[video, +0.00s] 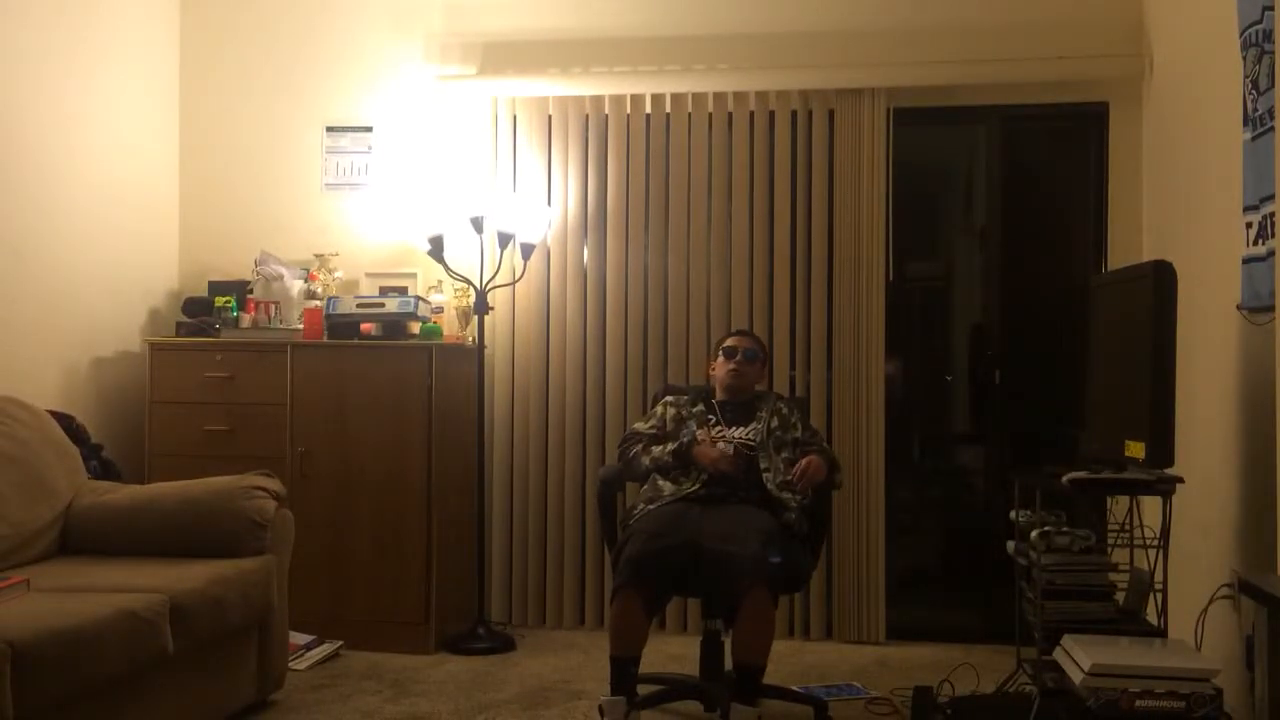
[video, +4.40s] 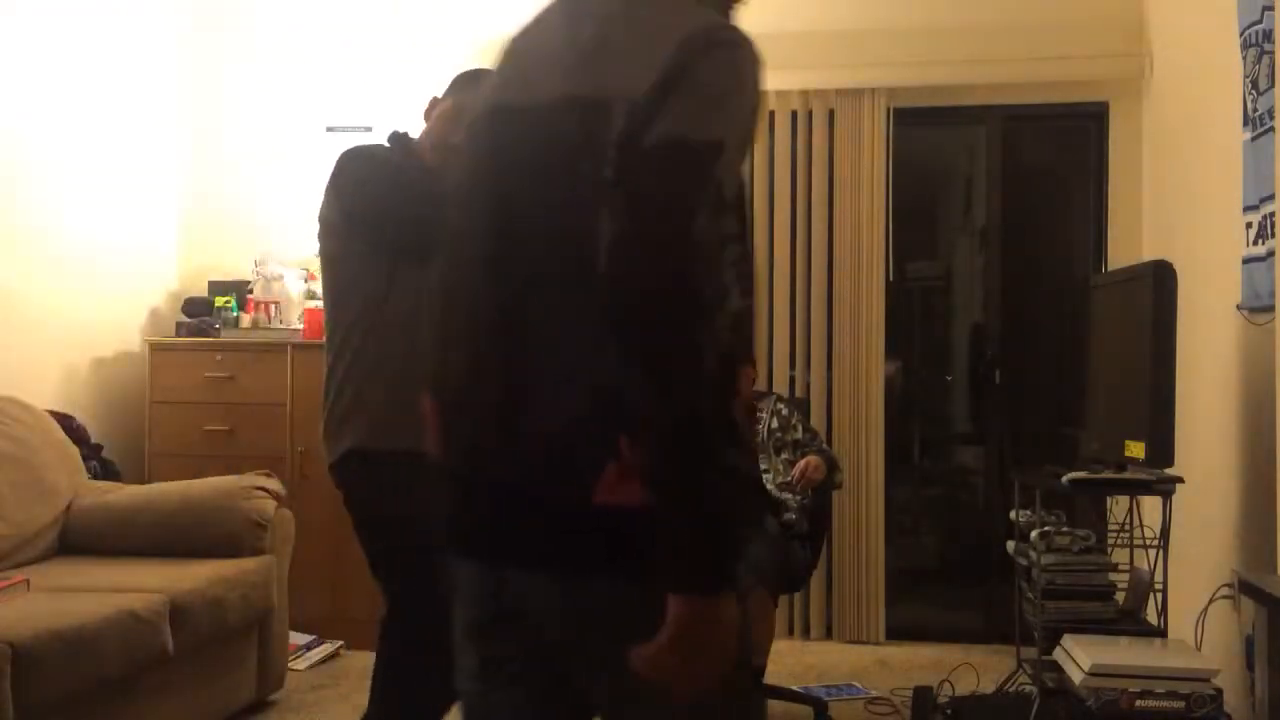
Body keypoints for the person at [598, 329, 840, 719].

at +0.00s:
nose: (739, 360)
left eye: (750, 356)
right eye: (729, 353)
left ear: (762, 373)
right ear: (712, 366)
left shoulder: (780, 413)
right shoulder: (675, 407)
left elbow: (820, 454)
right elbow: (630, 454)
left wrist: (820, 459)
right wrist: (690, 452)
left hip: (748, 509)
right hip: (672, 506)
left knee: (756, 576)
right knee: (637, 567)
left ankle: (746, 704)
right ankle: (621, 697)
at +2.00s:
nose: (719, 354)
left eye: (730, 349)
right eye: (711, 353)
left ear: (752, 370)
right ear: (703, 374)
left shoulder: (778, 412)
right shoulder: (673, 410)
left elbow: (825, 458)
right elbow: (639, 464)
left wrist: (820, 462)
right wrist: (689, 476)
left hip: (751, 508)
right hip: (675, 505)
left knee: (757, 574)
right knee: (638, 566)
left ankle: (746, 705)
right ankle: (621, 696)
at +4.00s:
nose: (720, 355)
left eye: (732, 350)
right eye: (712, 353)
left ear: (752, 370)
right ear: (704, 375)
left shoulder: (779, 411)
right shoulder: (674, 409)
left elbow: (823, 456)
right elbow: (639, 464)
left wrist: (821, 461)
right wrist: (689, 477)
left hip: (750, 506)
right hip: (673, 503)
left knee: (756, 577)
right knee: (638, 565)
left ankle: (745, 704)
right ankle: (620, 694)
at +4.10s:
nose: (722, 354)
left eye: (733, 349)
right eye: (714, 353)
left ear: (752, 370)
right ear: (704, 374)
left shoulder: (780, 411)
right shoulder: (674, 407)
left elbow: (826, 463)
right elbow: (643, 469)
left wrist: (819, 460)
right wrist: (690, 477)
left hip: (749, 508)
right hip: (675, 506)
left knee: (757, 580)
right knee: (634, 572)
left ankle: (745, 704)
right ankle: (637, 693)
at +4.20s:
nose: (722, 358)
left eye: (731, 352)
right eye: (715, 355)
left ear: (752, 369)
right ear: (708, 370)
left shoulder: (773, 407)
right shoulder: (694, 406)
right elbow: (667, 459)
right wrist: (694, 477)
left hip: (758, 511)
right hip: (695, 511)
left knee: (756, 584)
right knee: (681, 578)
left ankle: (746, 698)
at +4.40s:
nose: (742, 379)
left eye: (747, 371)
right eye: (734, 371)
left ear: (754, 374)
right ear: (720, 376)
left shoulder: (777, 412)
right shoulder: (706, 420)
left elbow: (825, 459)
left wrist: (819, 462)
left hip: (781, 532)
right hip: (725, 533)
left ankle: (752, 684)